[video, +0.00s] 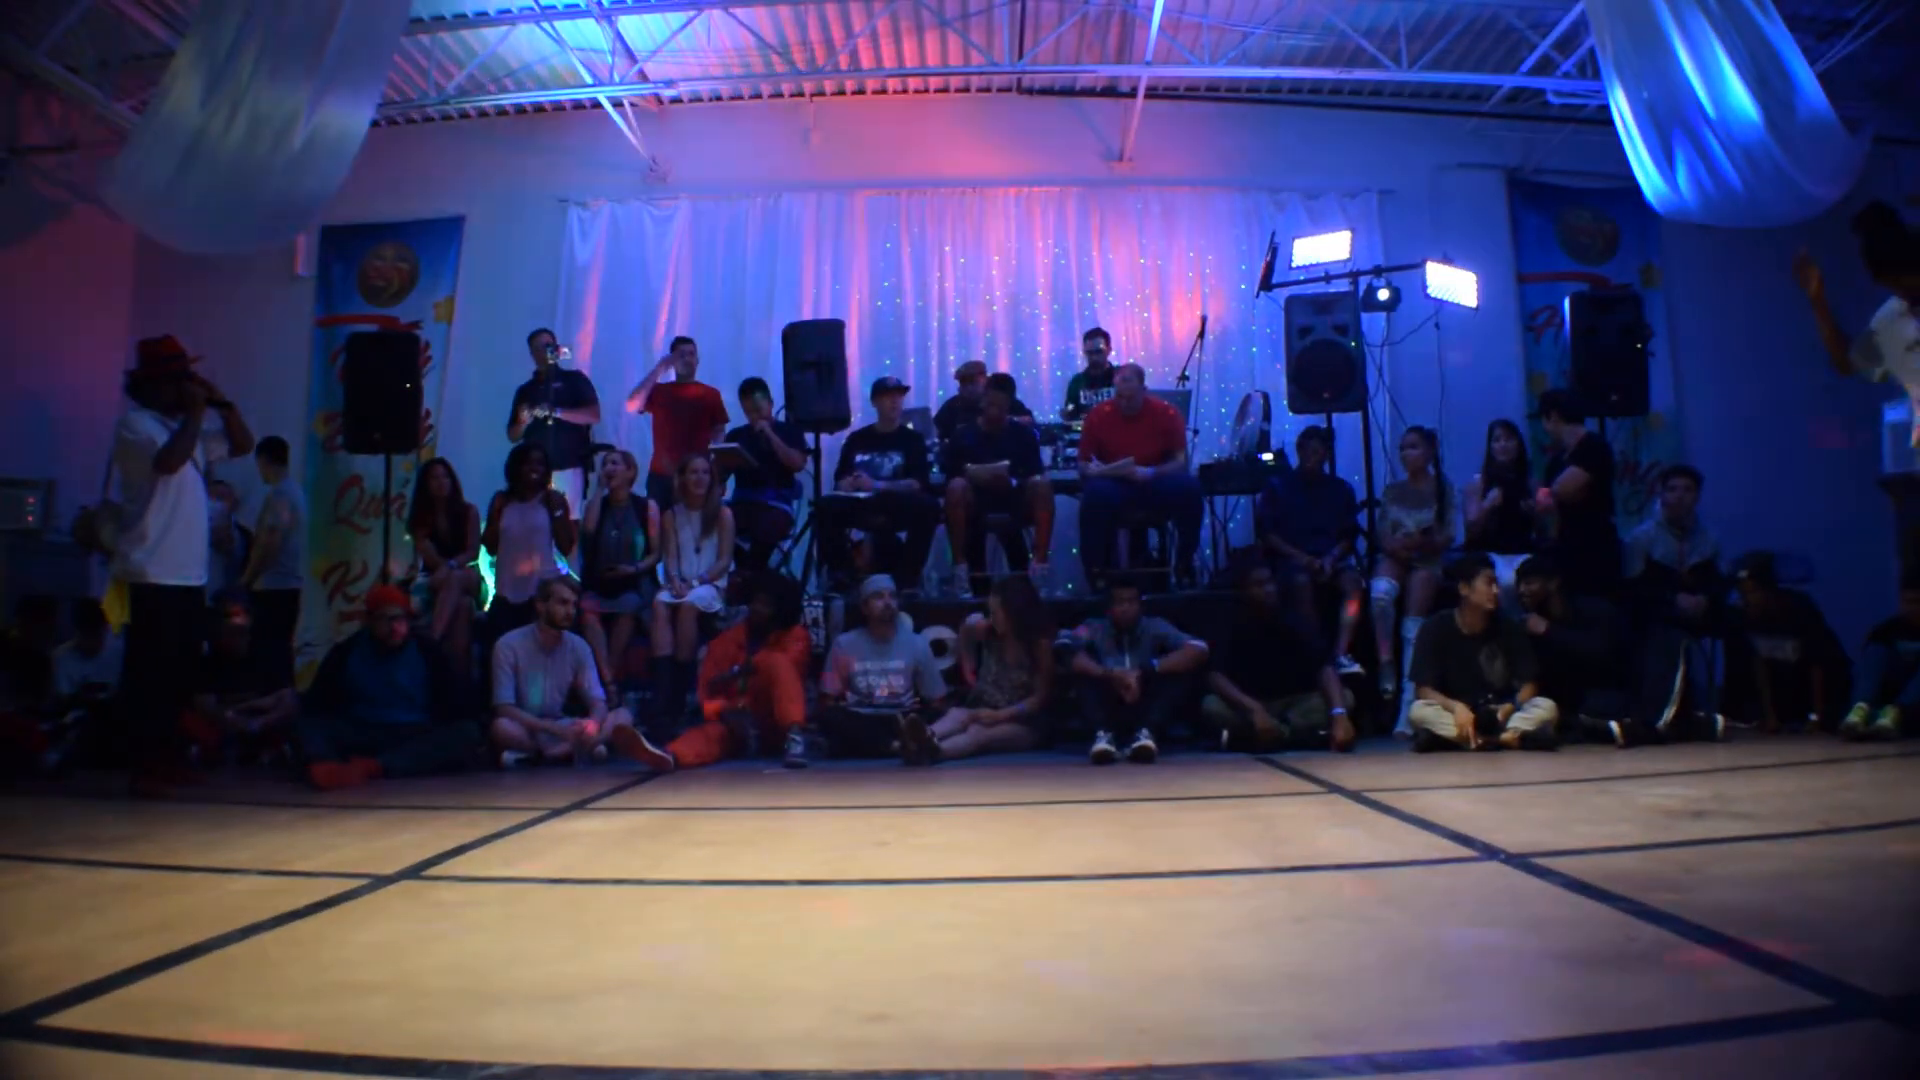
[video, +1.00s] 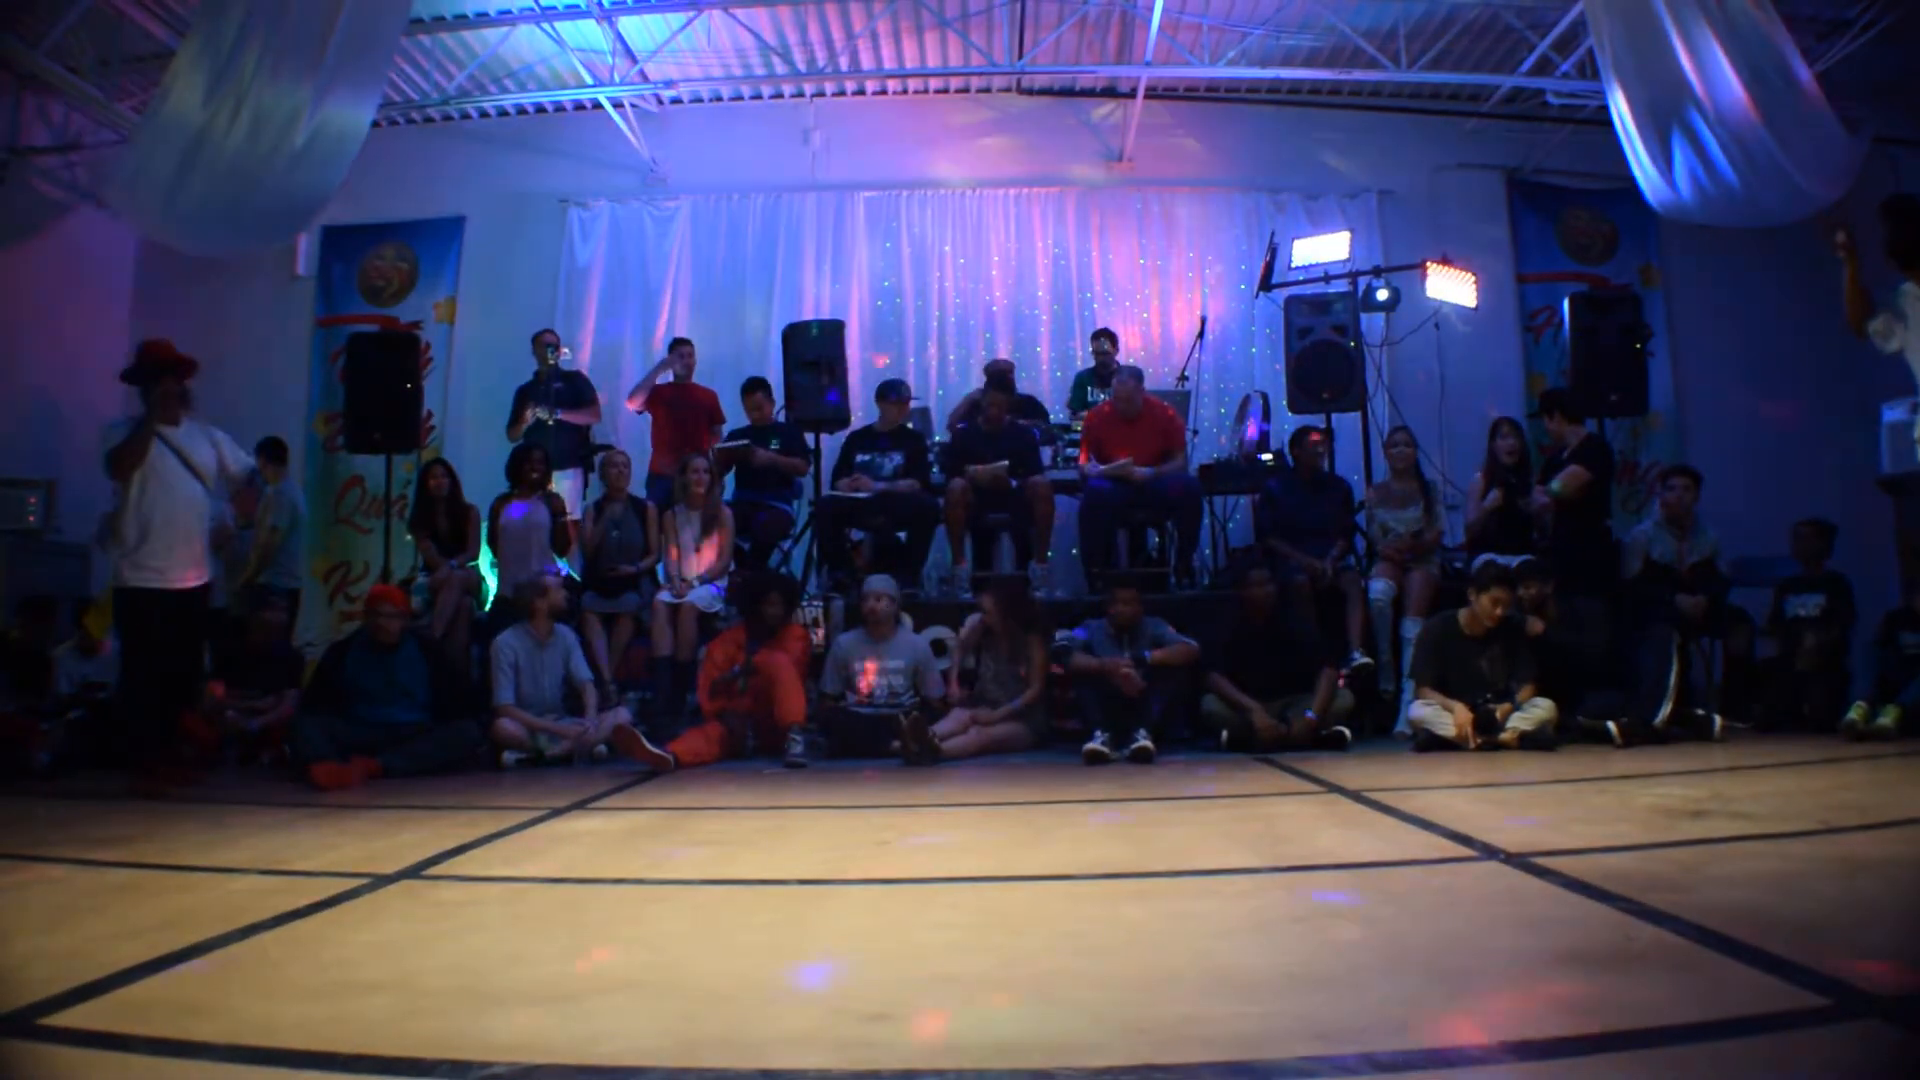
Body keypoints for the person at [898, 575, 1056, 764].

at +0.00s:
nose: (992, 619)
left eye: (996, 612)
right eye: (991, 612)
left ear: (1014, 611)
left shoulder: (1038, 646)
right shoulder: (989, 634)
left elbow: (1040, 699)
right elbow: (967, 629)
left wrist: (998, 715)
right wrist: (969, 677)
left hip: (1021, 717)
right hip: (986, 707)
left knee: (980, 733)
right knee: (957, 715)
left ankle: (933, 752)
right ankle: (921, 737)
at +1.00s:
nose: (983, 618)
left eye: (988, 612)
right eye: (983, 612)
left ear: (1007, 612)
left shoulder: (1030, 638)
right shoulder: (979, 627)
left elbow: (1036, 690)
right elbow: (959, 647)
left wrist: (996, 714)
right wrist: (954, 684)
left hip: (1021, 713)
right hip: (985, 704)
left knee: (979, 736)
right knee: (961, 715)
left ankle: (934, 752)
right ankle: (922, 738)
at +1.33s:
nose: (981, 613)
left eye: (987, 606)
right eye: (978, 606)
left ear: (1001, 605)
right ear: (973, 606)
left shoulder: (1020, 636)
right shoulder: (970, 633)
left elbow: (1031, 682)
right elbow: (957, 669)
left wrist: (995, 714)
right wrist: (956, 700)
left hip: (1013, 713)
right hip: (975, 708)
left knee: (981, 736)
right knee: (952, 726)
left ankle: (934, 752)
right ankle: (925, 738)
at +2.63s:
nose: (994, 600)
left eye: (999, 595)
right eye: (988, 595)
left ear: (1008, 599)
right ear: (978, 599)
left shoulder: (1023, 636)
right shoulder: (969, 636)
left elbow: (1046, 682)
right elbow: (956, 687)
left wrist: (1020, 712)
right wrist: (964, 707)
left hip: (1014, 713)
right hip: (978, 712)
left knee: (988, 734)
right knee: (960, 718)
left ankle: (934, 751)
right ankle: (924, 736)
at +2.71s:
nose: (992, 601)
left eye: (998, 595)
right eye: (986, 595)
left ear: (1007, 599)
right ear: (977, 599)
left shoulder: (1023, 634)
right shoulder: (969, 634)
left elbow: (1050, 675)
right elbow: (956, 686)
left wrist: (1043, 712)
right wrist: (963, 704)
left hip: (1017, 709)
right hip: (979, 707)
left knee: (983, 735)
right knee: (962, 719)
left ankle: (936, 751)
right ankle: (923, 736)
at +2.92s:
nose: (990, 601)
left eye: (996, 595)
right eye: (984, 595)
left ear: (1005, 600)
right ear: (974, 600)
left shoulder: (1023, 635)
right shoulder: (966, 638)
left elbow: (1044, 677)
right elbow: (954, 689)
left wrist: (1052, 721)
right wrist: (968, 704)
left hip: (1018, 711)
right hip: (978, 708)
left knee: (984, 733)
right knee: (959, 718)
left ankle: (936, 752)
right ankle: (926, 735)